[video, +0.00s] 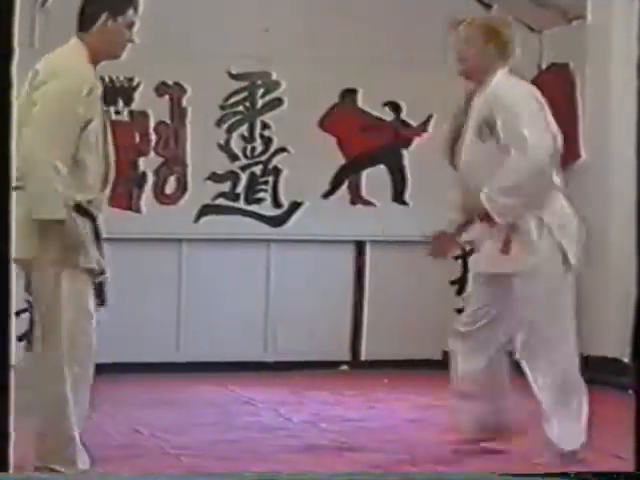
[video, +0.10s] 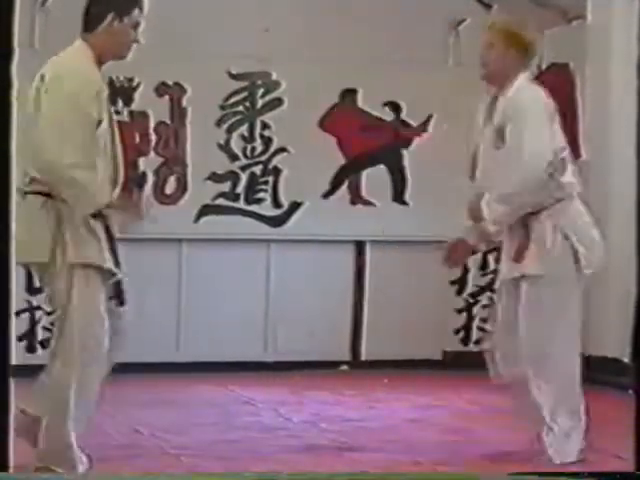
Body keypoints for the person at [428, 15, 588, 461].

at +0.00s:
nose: (458, 58)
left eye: (466, 49)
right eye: (456, 49)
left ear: (492, 49)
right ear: (464, 54)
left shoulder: (515, 94)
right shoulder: (475, 102)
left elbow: (538, 155)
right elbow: (476, 181)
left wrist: (492, 206)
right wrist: (457, 230)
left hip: (537, 237)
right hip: (495, 238)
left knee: (546, 339)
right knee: (475, 333)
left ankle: (567, 438)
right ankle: (488, 422)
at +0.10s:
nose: (482, 58)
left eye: (492, 49)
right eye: (483, 49)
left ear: (516, 55)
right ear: (494, 55)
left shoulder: (530, 100)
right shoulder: (492, 105)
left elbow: (539, 175)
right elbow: (491, 189)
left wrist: (492, 212)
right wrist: (470, 241)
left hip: (551, 234)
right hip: (521, 237)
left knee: (549, 342)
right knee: (513, 344)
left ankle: (565, 445)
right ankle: (554, 434)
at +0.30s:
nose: (530, 55)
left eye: (538, 47)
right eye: (531, 46)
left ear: (563, 50)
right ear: (565, 51)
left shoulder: (563, 93)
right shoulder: (570, 90)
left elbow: (501, 128)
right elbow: (509, 144)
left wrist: (448, 129)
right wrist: (453, 148)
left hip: (582, 228)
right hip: (594, 222)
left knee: (562, 339)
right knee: (617, 335)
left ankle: (569, 446)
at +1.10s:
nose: (515, 71)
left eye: (521, 62)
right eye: (515, 63)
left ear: (547, 64)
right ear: (540, 67)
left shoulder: (559, 106)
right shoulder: (542, 108)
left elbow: (504, 148)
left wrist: (426, 140)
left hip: (563, 245)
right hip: (525, 241)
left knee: (559, 354)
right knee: (464, 317)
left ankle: (606, 453)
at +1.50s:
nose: (413, 71)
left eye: (421, 63)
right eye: (410, 63)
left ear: (450, 56)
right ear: (407, 59)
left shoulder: (489, 98)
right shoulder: (397, 97)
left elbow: (528, 156)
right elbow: (344, 90)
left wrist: (482, 188)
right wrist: (295, 80)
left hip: (491, 235)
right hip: (431, 233)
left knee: (513, 341)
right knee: (408, 338)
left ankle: (544, 440)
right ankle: (378, 442)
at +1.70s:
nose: (381, 95)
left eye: (387, 84)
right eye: (375, 86)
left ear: (413, 77)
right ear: (370, 86)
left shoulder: (460, 98)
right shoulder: (367, 134)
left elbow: (512, 126)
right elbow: (317, 172)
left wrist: (498, 186)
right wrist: (275, 191)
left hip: (483, 227)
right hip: (421, 235)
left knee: (506, 338)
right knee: (400, 335)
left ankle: (525, 439)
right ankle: (376, 440)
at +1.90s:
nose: (357, 192)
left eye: (358, 181)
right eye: (345, 189)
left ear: (373, 158)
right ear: (335, 186)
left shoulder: (416, 134)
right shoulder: (337, 205)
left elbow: (488, 127)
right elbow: (289, 227)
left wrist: (482, 201)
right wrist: (254, 238)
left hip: (477, 230)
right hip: (409, 250)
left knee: (509, 339)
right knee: (400, 343)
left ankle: (529, 442)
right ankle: (376, 442)